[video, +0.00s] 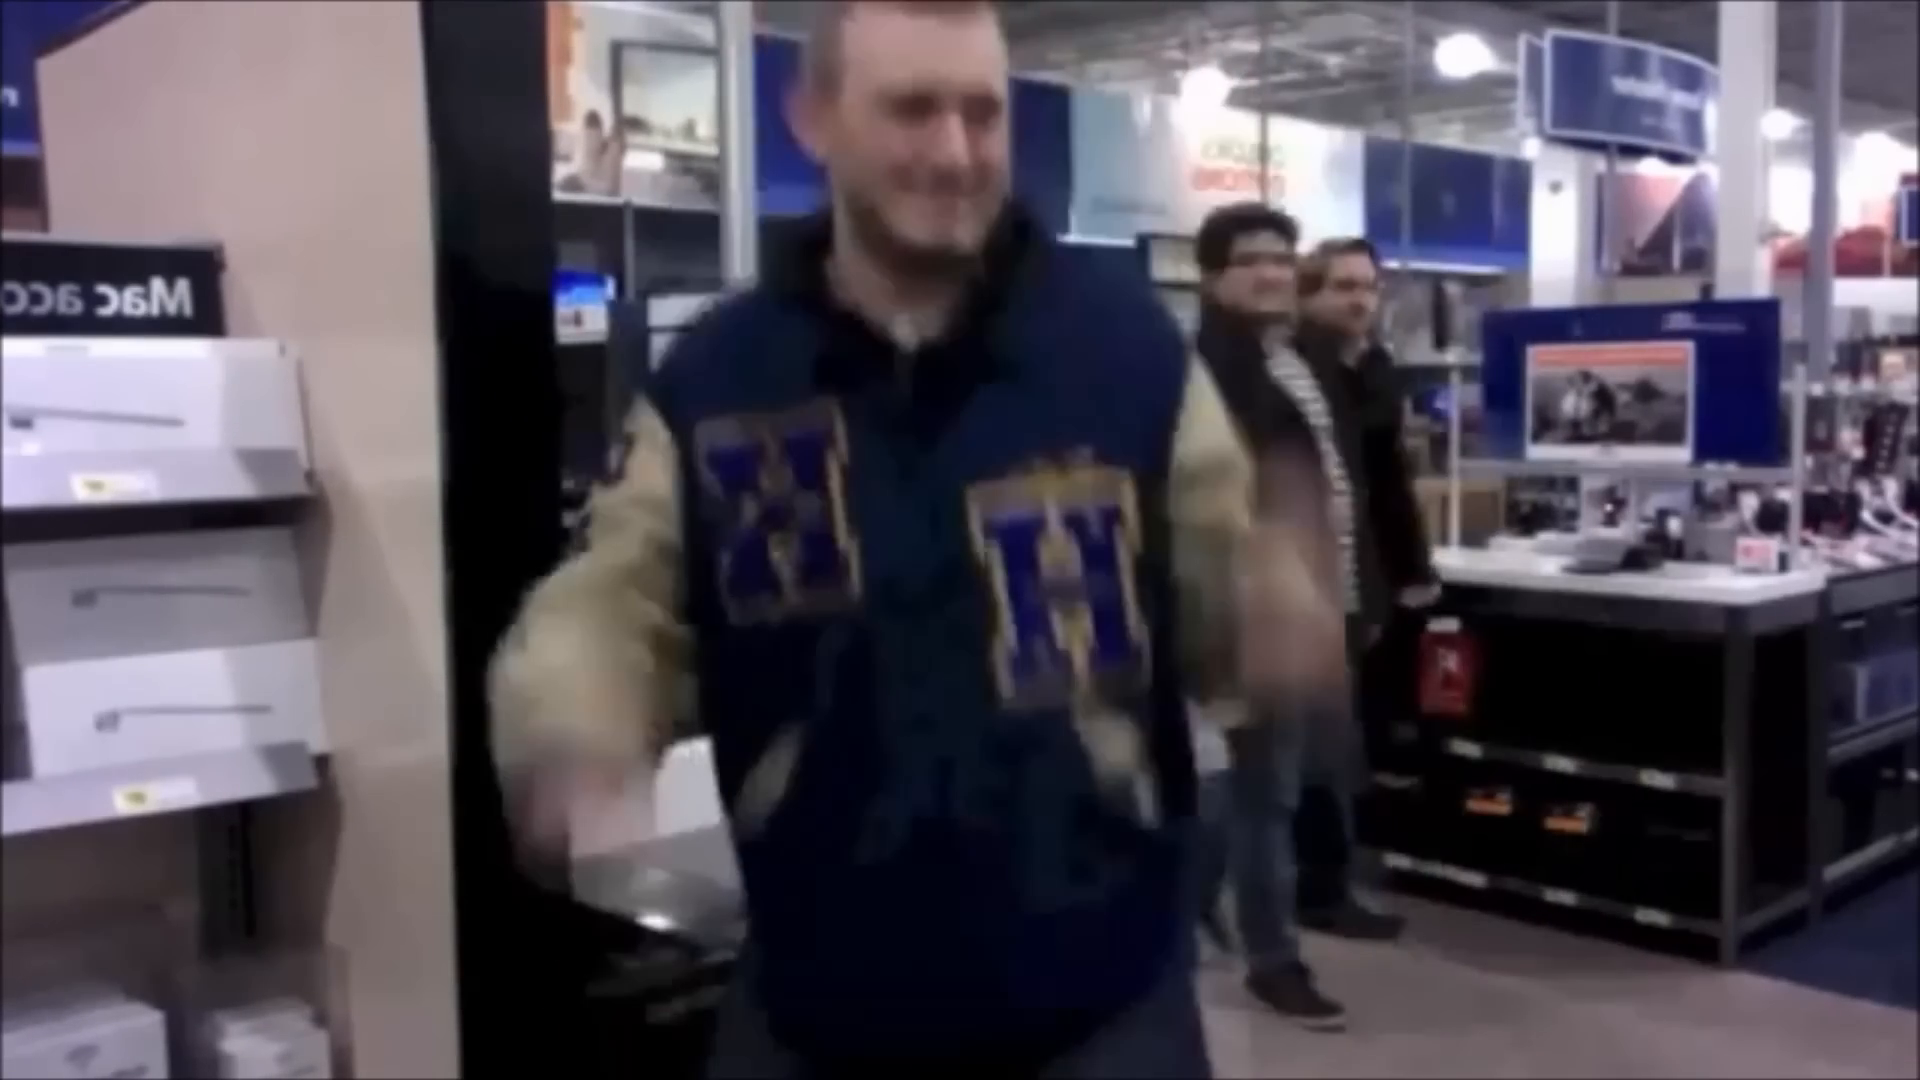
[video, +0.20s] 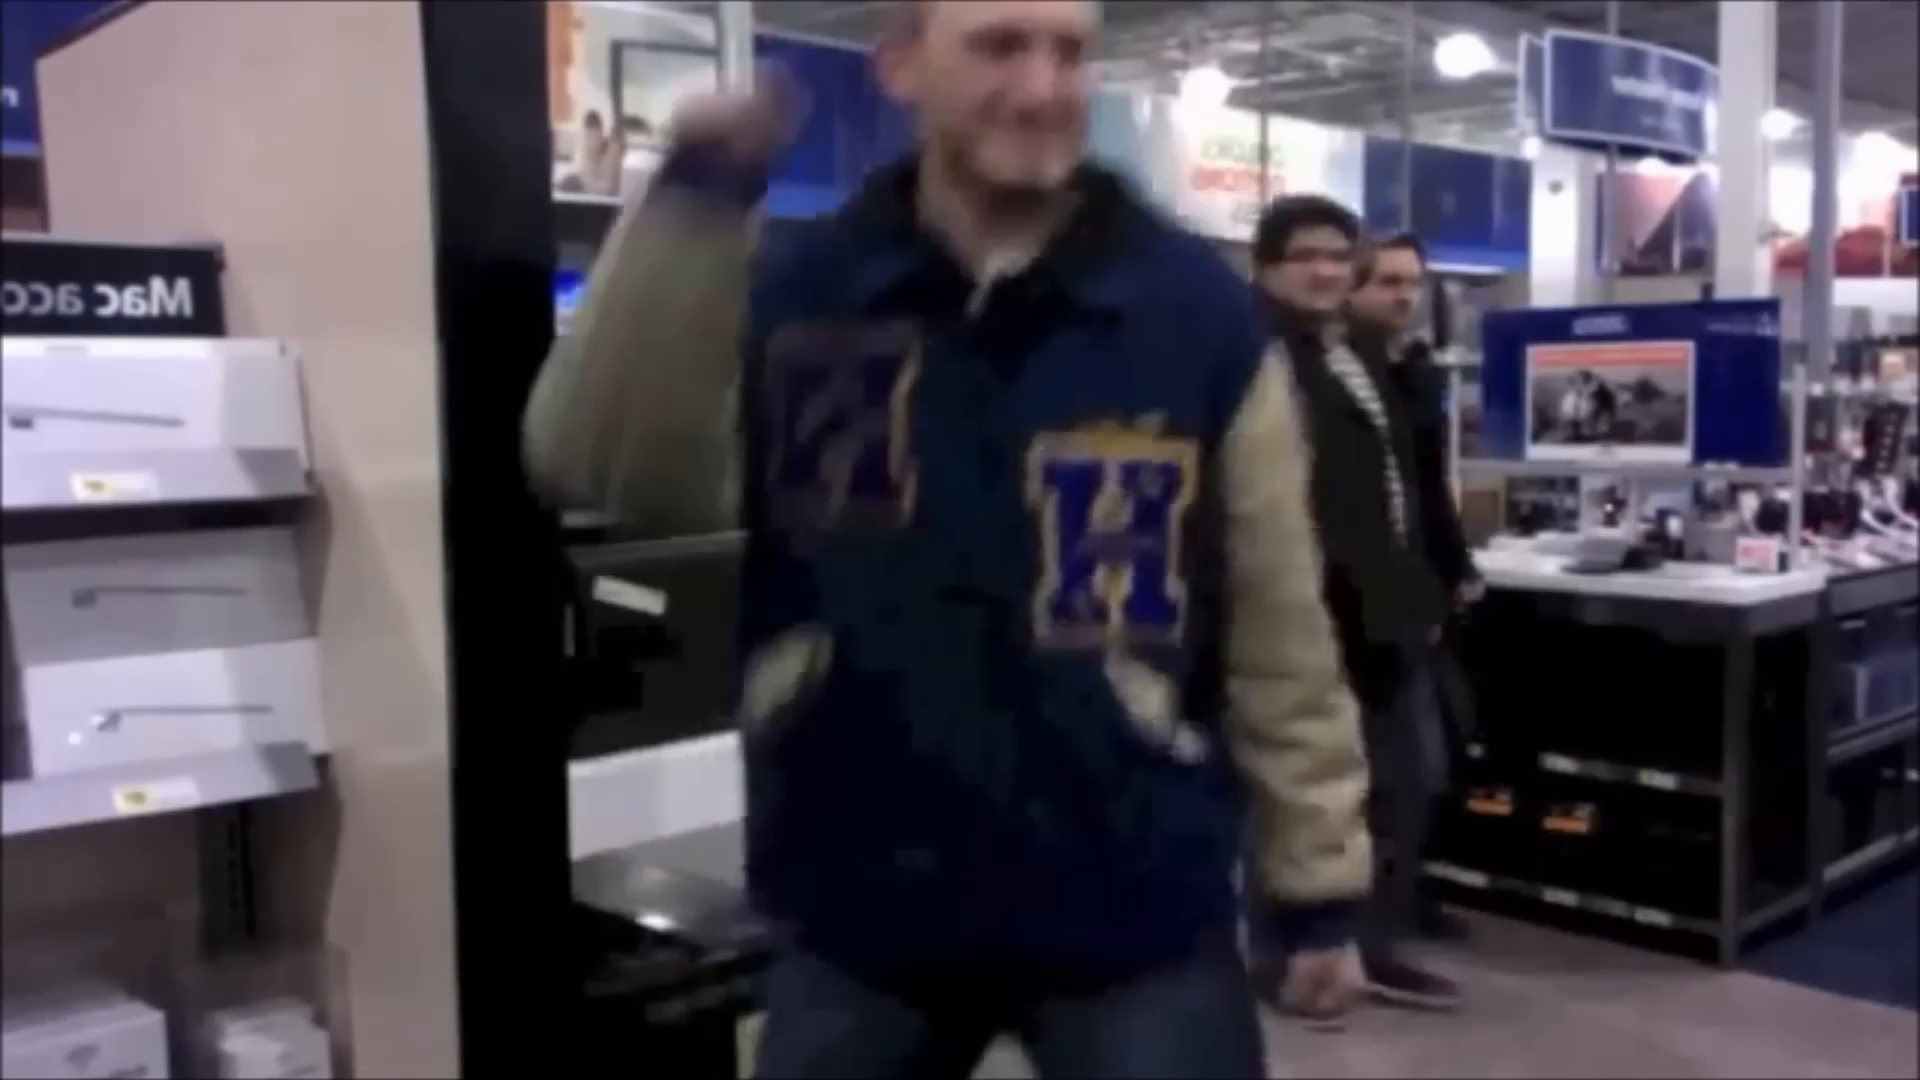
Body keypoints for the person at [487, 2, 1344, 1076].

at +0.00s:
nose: (954, 152)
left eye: (981, 113)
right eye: (912, 110)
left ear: (1013, 121)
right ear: (814, 119)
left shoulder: (1116, 335)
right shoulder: (722, 375)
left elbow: (1219, 577)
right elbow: (614, 600)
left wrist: (1274, 615)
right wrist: (580, 736)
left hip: (1093, 957)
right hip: (833, 964)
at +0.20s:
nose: (1045, 85)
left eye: (1070, 52)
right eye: (1000, 46)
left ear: (1096, 72)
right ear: (901, 63)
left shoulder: (1193, 309)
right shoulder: (794, 292)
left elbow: (1278, 623)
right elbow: (594, 473)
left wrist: (1315, 897)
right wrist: (695, 202)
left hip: (1133, 911)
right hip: (863, 908)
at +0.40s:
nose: (1214, 172)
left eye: (1246, 133)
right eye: (1171, 129)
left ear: (1277, 149)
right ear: (1075, 137)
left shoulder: (1347, 394)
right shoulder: (955, 335)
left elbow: (1399, 736)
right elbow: (718, 488)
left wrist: (1407, 1014)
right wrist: (894, 245)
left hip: (1250, 1009)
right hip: (979, 1001)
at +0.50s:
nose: (1214, 184)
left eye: (1247, 147)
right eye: (1170, 144)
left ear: (1281, 167)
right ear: (1081, 159)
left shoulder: (1352, 405)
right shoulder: (965, 358)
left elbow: (1414, 749)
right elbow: (721, 499)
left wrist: (1426, 1029)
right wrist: (903, 271)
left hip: (1264, 1021)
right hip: (989, 1013)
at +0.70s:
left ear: (1144, 9)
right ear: (956, 4)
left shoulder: (1257, 209)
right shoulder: (866, 202)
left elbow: (1377, 457)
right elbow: (681, 474)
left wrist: (1484, 557)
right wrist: (765, 318)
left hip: (1190, 835)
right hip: (932, 832)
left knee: (1247, 1060)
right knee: (835, 1064)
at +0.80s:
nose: (999, 2)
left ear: (1102, 11)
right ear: (907, 12)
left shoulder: (1223, 209)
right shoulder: (807, 221)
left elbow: (1348, 451)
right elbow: (674, 454)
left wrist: (1472, 416)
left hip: (1163, 840)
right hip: (905, 843)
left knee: (1224, 1060)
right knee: (818, 1065)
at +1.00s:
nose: (834, 155)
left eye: (878, 116)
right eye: (804, 116)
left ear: (978, 134)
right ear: (774, 135)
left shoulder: (1132, 329)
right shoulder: (716, 387)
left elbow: (1388, 426)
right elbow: (656, 730)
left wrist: (1219, 219)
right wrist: (665, 1017)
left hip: (1117, 994)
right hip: (845, 1001)